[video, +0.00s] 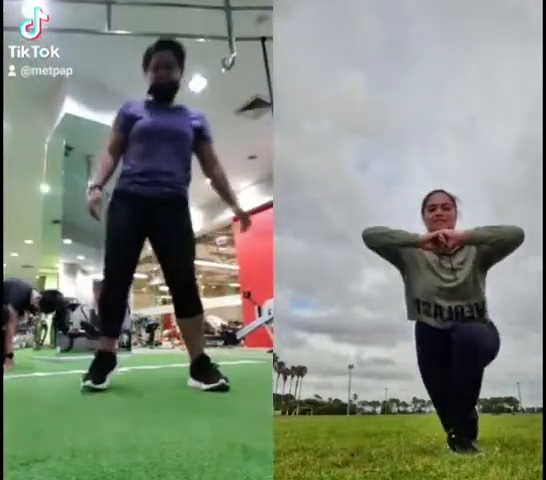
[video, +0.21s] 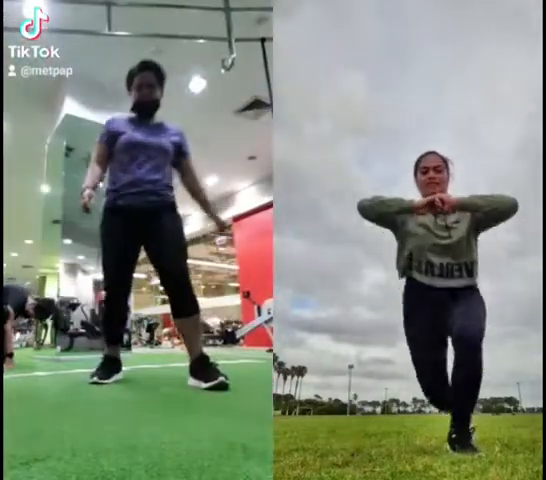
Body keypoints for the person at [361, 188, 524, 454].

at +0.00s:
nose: (439, 213)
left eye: (446, 208)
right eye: (432, 209)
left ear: (456, 215)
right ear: (424, 217)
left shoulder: (476, 254)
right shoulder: (410, 255)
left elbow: (516, 235)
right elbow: (370, 236)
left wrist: (464, 237)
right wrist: (419, 240)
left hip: (475, 332)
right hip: (431, 335)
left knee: (467, 341)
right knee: (444, 400)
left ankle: (463, 431)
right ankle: (460, 439)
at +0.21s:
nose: (432, 176)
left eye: (438, 171)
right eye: (425, 171)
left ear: (448, 177)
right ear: (416, 180)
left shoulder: (468, 216)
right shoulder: (404, 218)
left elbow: (509, 205)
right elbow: (365, 207)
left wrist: (459, 203)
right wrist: (412, 206)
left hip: (464, 297)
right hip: (421, 299)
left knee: (469, 342)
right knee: (434, 390)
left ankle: (460, 433)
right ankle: (460, 406)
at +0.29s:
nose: (427, 166)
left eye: (433, 161)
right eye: (420, 162)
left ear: (443, 167)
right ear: (411, 170)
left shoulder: (464, 205)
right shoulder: (401, 209)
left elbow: (506, 197)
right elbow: (361, 204)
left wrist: (455, 194)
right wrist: (409, 198)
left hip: (458, 287)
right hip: (416, 289)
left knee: (467, 343)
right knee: (413, 372)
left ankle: (460, 430)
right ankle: (442, 399)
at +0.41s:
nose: (414, 162)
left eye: (420, 156)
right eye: (406, 158)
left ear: (431, 162)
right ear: (398, 167)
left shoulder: (450, 199)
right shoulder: (389, 206)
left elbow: (489, 195)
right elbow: (345, 207)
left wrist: (438, 187)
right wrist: (393, 196)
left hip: (449, 286)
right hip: (404, 285)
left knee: (465, 340)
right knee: (366, 332)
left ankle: (458, 433)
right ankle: (357, 420)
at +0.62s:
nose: (400, 196)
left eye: (407, 190)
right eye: (393, 191)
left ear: (419, 196)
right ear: (384, 200)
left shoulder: (436, 239)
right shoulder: (373, 240)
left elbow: (473, 236)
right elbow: (328, 243)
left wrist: (420, 221)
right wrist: (381, 226)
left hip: (428, 324)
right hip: (380, 323)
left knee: (463, 340)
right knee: (338, 341)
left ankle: (457, 434)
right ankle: (330, 437)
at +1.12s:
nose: (362, 181)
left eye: (369, 174)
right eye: (354, 175)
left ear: (380, 180)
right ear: (344, 180)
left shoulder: (395, 219)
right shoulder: (334, 216)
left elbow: (433, 230)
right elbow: (301, 237)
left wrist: (385, 208)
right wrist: (352, 213)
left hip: (389, 303)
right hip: (343, 301)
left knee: (424, 339)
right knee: (319, 343)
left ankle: (445, 430)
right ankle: (330, 437)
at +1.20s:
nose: (358, 175)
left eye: (365, 169)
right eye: (350, 169)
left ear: (375, 175)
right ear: (341, 175)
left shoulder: (389, 213)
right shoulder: (330, 212)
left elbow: (424, 226)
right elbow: (296, 234)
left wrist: (378, 205)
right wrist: (345, 209)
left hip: (383, 298)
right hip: (339, 296)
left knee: (412, 339)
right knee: (318, 345)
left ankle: (408, 412)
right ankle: (330, 436)